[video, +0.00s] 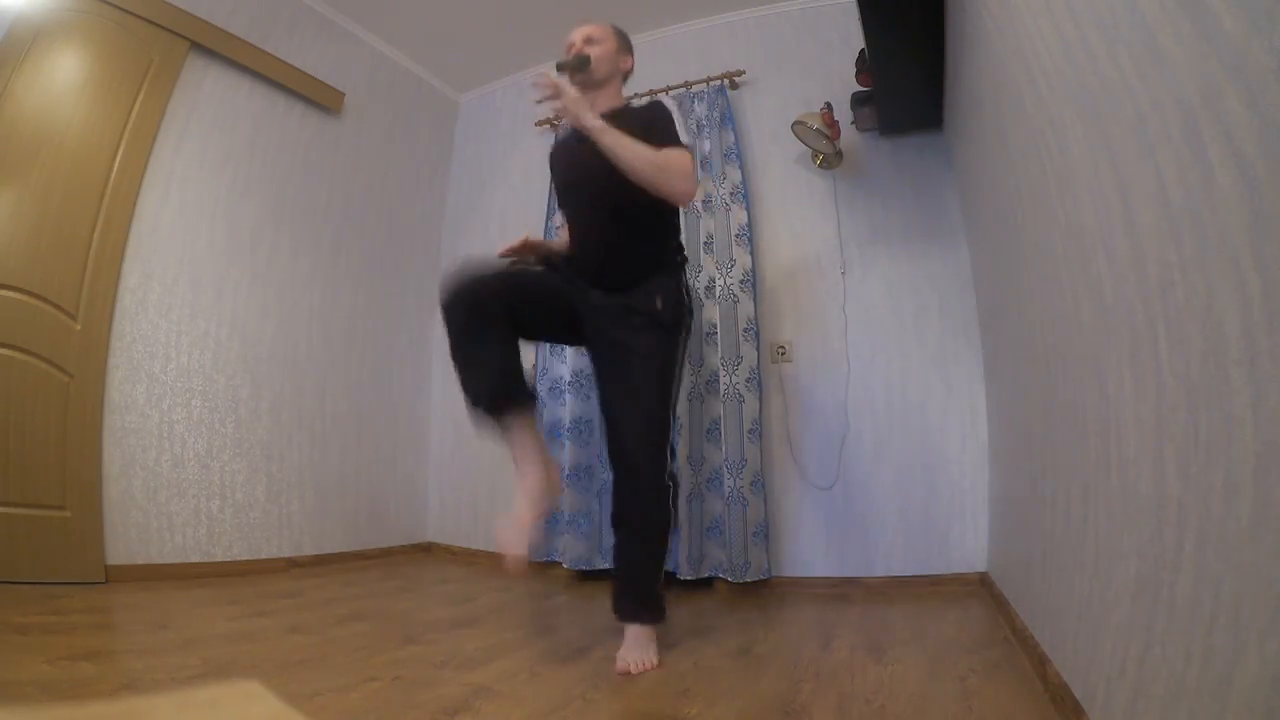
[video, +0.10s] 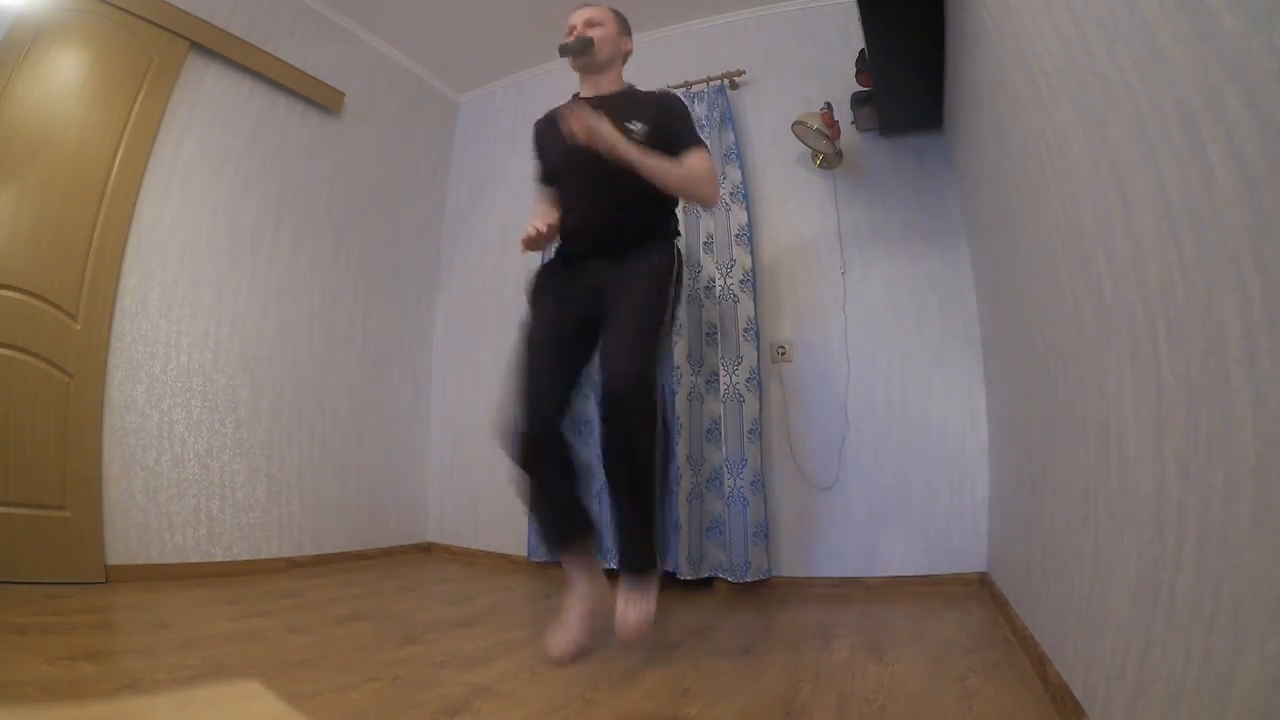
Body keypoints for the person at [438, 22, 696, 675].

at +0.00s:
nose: (574, 51)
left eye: (590, 42)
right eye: (568, 47)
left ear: (626, 62)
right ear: (561, 69)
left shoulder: (650, 117)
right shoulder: (566, 149)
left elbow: (682, 185)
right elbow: (583, 247)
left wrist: (592, 121)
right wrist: (541, 249)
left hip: (644, 304)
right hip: (579, 294)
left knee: (638, 460)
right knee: (470, 294)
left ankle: (639, 619)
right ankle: (534, 468)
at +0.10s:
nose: (579, 30)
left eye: (594, 22)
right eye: (572, 27)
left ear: (626, 44)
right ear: (565, 53)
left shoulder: (660, 107)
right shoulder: (554, 123)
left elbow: (706, 188)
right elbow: (551, 196)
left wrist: (613, 142)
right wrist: (542, 224)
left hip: (642, 268)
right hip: (570, 274)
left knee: (625, 396)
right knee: (535, 425)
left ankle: (638, 571)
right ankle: (581, 574)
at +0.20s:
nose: (581, 43)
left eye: (597, 36)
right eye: (573, 40)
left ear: (628, 61)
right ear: (565, 69)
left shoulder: (662, 139)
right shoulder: (543, 143)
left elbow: (703, 229)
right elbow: (500, 243)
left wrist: (652, 218)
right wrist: (491, 226)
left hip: (649, 284)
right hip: (574, 295)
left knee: (604, 248)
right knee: (589, 455)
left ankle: (637, 444)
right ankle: (615, 606)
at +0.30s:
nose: (573, 38)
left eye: (588, 30)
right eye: (566, 35)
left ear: (621, 51)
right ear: (558, 62)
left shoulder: (660, 123)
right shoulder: (543, 136)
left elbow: (708, 197)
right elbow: (503, 225)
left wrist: (673, 213)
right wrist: (499, 174)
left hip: (650, 279)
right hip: (579, 292)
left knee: (609, 268)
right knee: (579, 445)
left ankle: (626, 468)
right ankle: (594, 601)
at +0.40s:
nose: (568, 32)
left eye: (583, 23)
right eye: (562, 29)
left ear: (618, 45)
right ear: (557, 56)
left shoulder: (655, 104)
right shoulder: (553, 132)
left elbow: (722, 180)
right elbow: (552, 228)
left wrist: (652, 184)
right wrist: (525, 209)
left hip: (652, 271)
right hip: (584, 275)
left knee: (632, 411)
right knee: (500, 375)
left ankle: (644, 586)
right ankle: (562, 525)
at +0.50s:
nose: (572, 49)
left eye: (588, 41)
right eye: (565, 45)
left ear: (622, 65)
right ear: (559, 74)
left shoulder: (650, 124)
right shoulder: (565, 154)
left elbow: (706, 198)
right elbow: (587, 246)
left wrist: (603, 151)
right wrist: (543, 265)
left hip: (647, 309)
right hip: (581, 300)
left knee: (647, 471)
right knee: (462, 283)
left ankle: (650, 625)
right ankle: (536, 439)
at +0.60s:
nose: (573, 35)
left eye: (591, 29)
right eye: (566, 31)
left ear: (623, 54)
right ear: (559, 60)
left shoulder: (653, 109)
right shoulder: (556, 138)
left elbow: (706, 171)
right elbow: (572, 209)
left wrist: (615, 115)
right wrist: (559, 236)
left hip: (647, 289)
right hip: (577, 285)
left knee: (641, 436)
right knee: (481, 346)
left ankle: (648, 612)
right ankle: (550, 498)